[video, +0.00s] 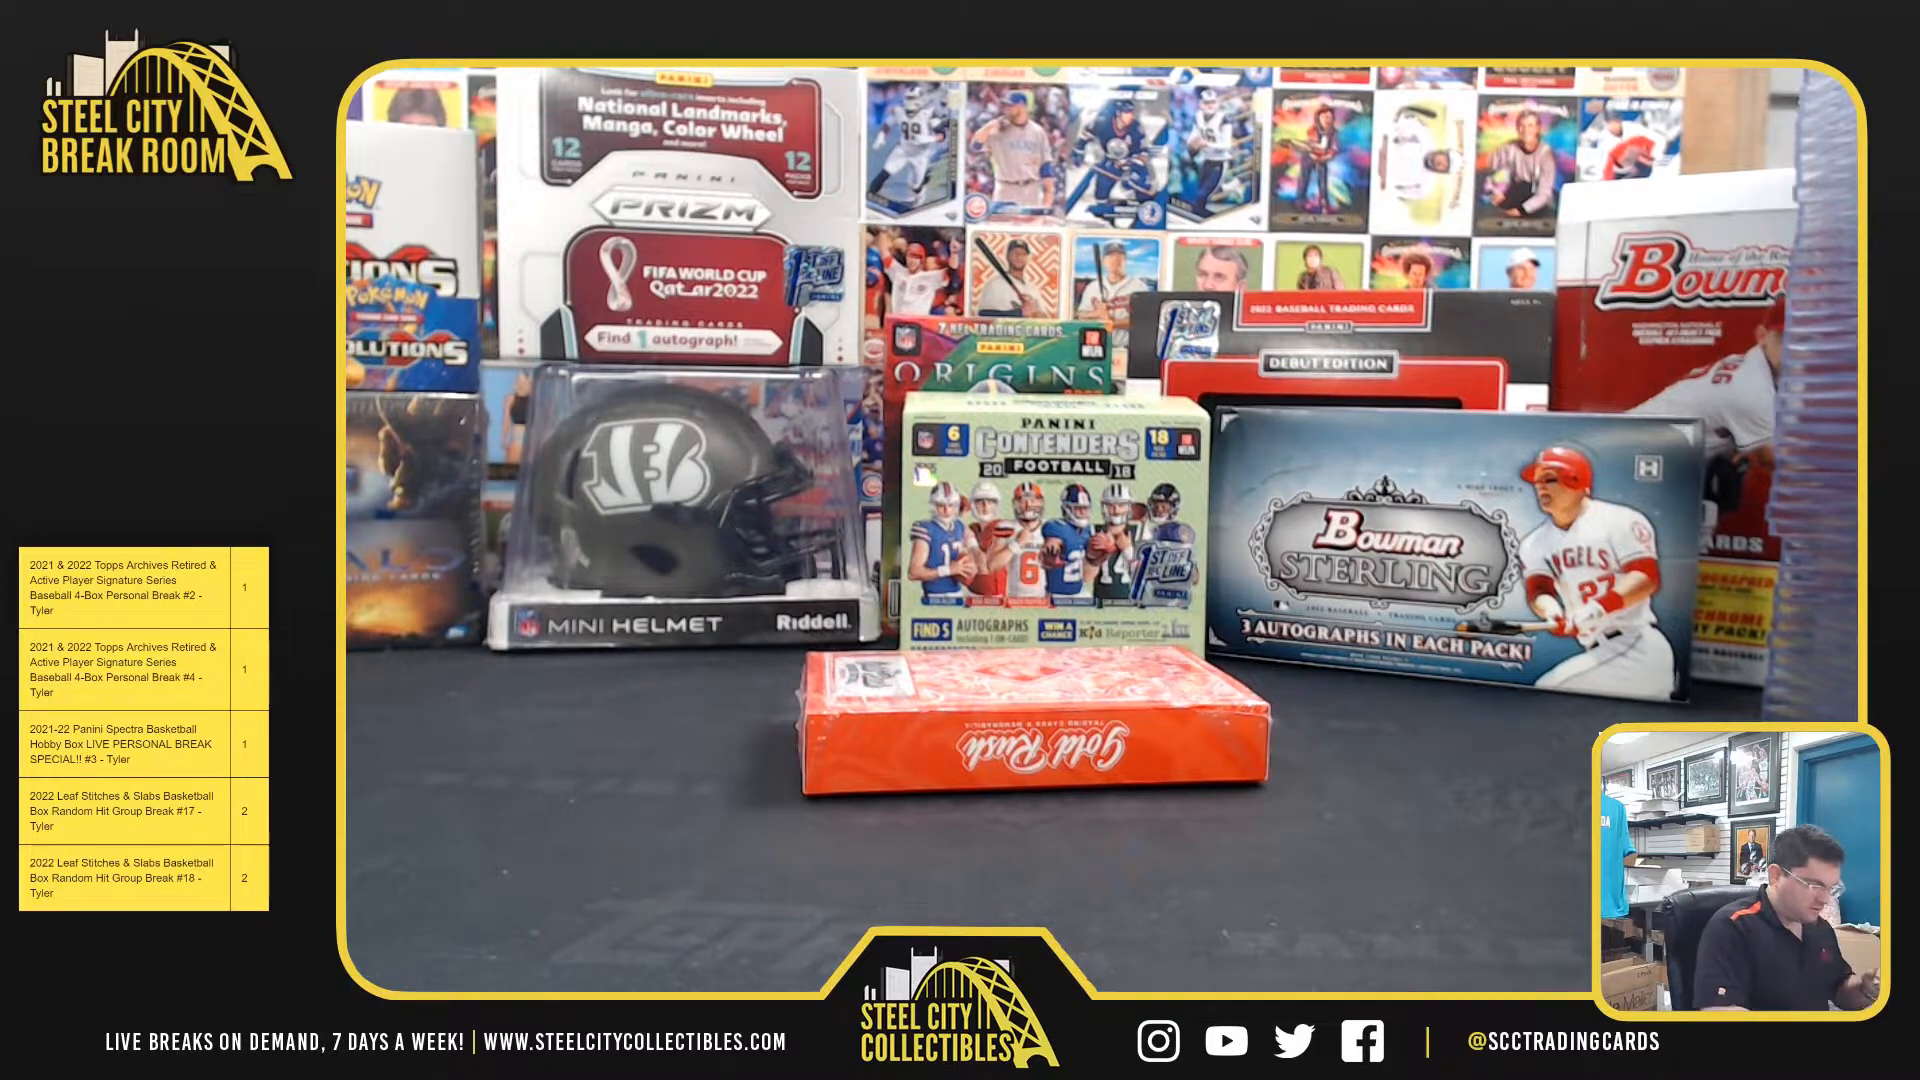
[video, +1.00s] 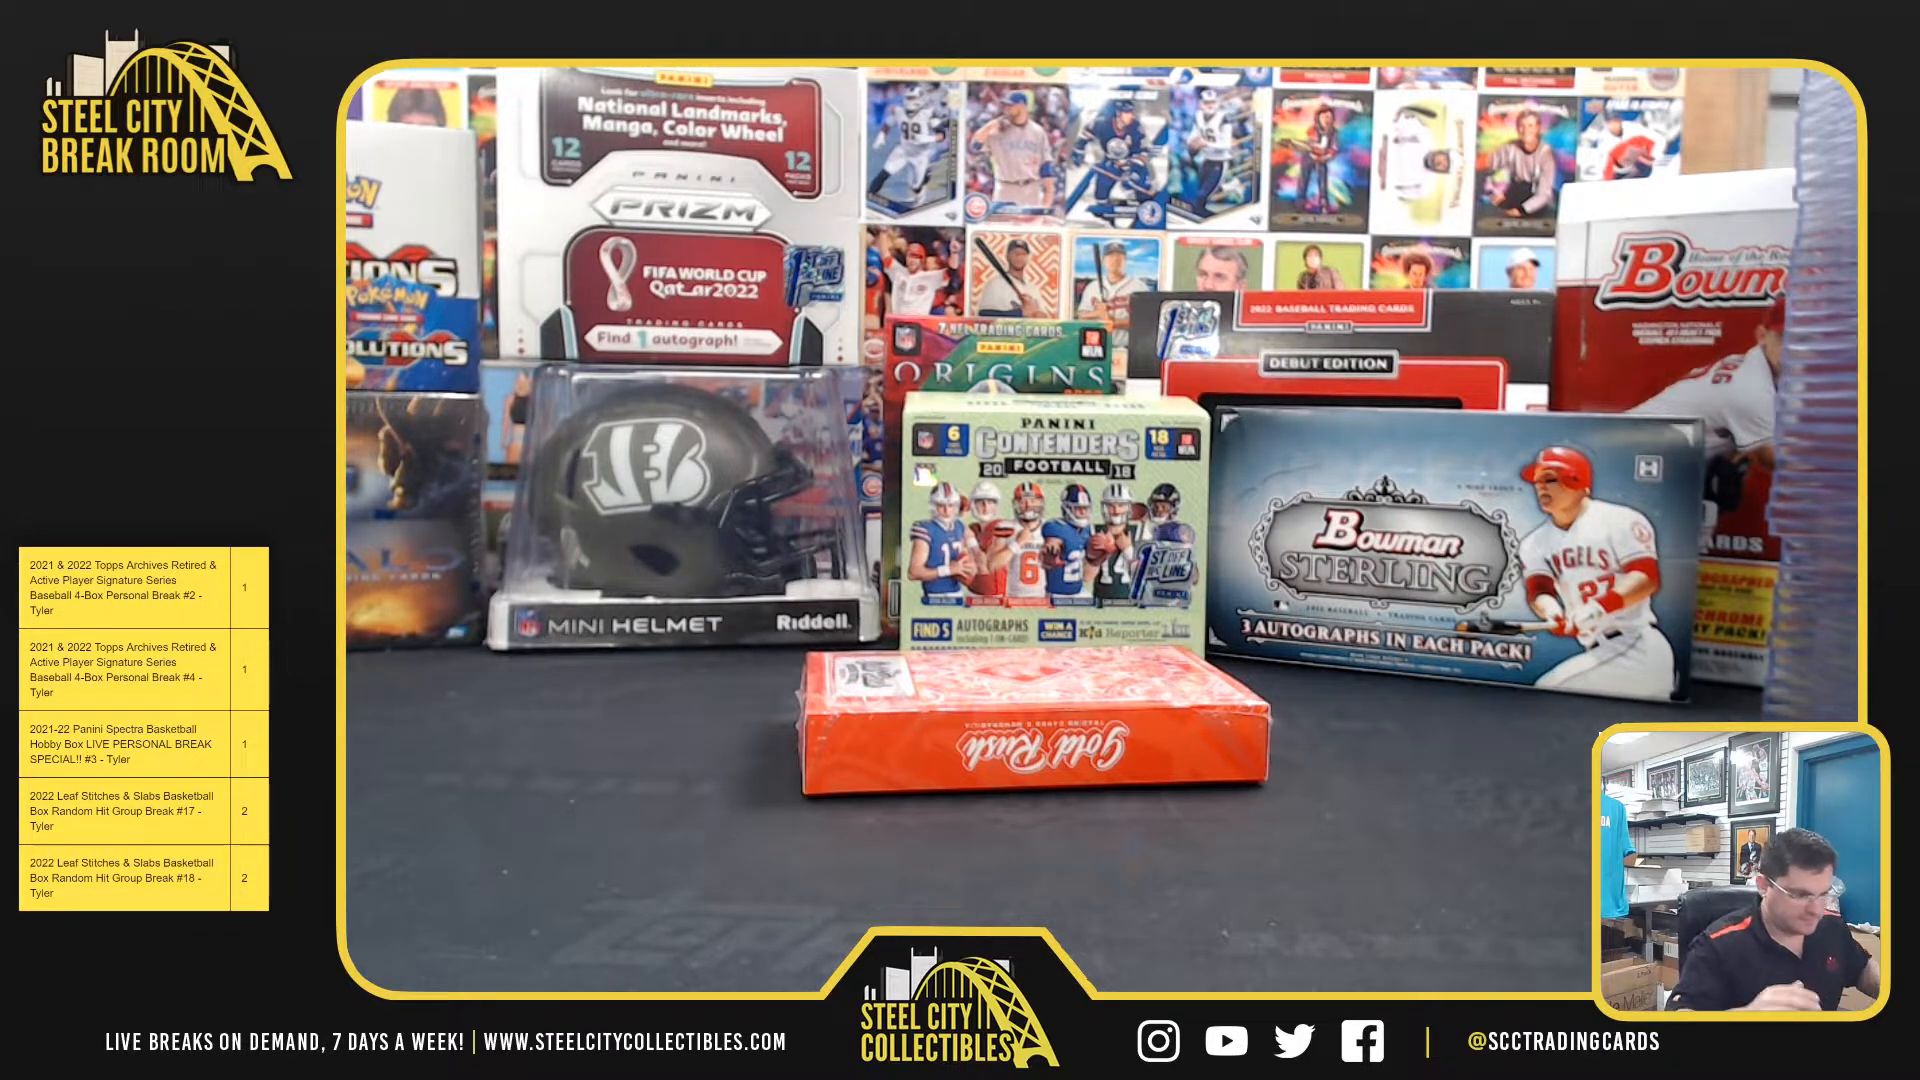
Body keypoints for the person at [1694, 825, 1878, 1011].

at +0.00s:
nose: (1825, 899)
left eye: (1831, 888)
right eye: (1815, 885)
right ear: (1776, 875)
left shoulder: (1820, 929)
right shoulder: (1729, 926)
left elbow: (1841, 993)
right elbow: (1717, 1010)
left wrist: (1864, 988)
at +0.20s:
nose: (1816, 896)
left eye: (1822, 885)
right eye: (1804, 882)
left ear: (1828, 882)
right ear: (1770, 872)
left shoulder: (1823, 928)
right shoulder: (1724, 925)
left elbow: (1851, 1005)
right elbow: (1706, 1004)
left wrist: (1866, 985)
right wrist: (1805, 1004)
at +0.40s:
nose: (1812, 895)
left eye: (1820, 883)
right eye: (1800, 880)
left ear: (1825, 880)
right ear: (1767, 872)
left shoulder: (1826, 929)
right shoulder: (1722, 925)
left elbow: (1858, 1005)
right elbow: (1702, 1002)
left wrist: (1867, 985)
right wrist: (1793, 998)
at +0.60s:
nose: (1807, 893)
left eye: (1816, 881)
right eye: (1795, 879)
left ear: (1822, 880)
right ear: (1764, 873)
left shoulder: (1828, 928)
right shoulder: (1720, 925)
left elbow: (1869, 1006)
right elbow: (1698, 1002)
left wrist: (1868, 987)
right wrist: (1787, 995)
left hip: (1819, 1048)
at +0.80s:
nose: (1806, 896)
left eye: (1814, 884)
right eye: (1793, 882)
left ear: (1821, 880)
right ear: (1761, 875)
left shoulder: (1830, 927)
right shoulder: (1718, 930)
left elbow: (1866, 976)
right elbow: (1688, 1004)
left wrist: (1880, 990)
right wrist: (1771, 995)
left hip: (1823, 1049)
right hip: (1742, 1052)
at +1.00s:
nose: (1816, 909)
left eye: (1824, 894)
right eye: (1801, 895)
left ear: (1829, 886)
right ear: (1763, 885)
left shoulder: (1833, 931)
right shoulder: (1717, 947)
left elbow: (1865, 971)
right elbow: (1680, 1019)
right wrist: (1750, 1011)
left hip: (1824, 1059)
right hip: (1746, 1064)